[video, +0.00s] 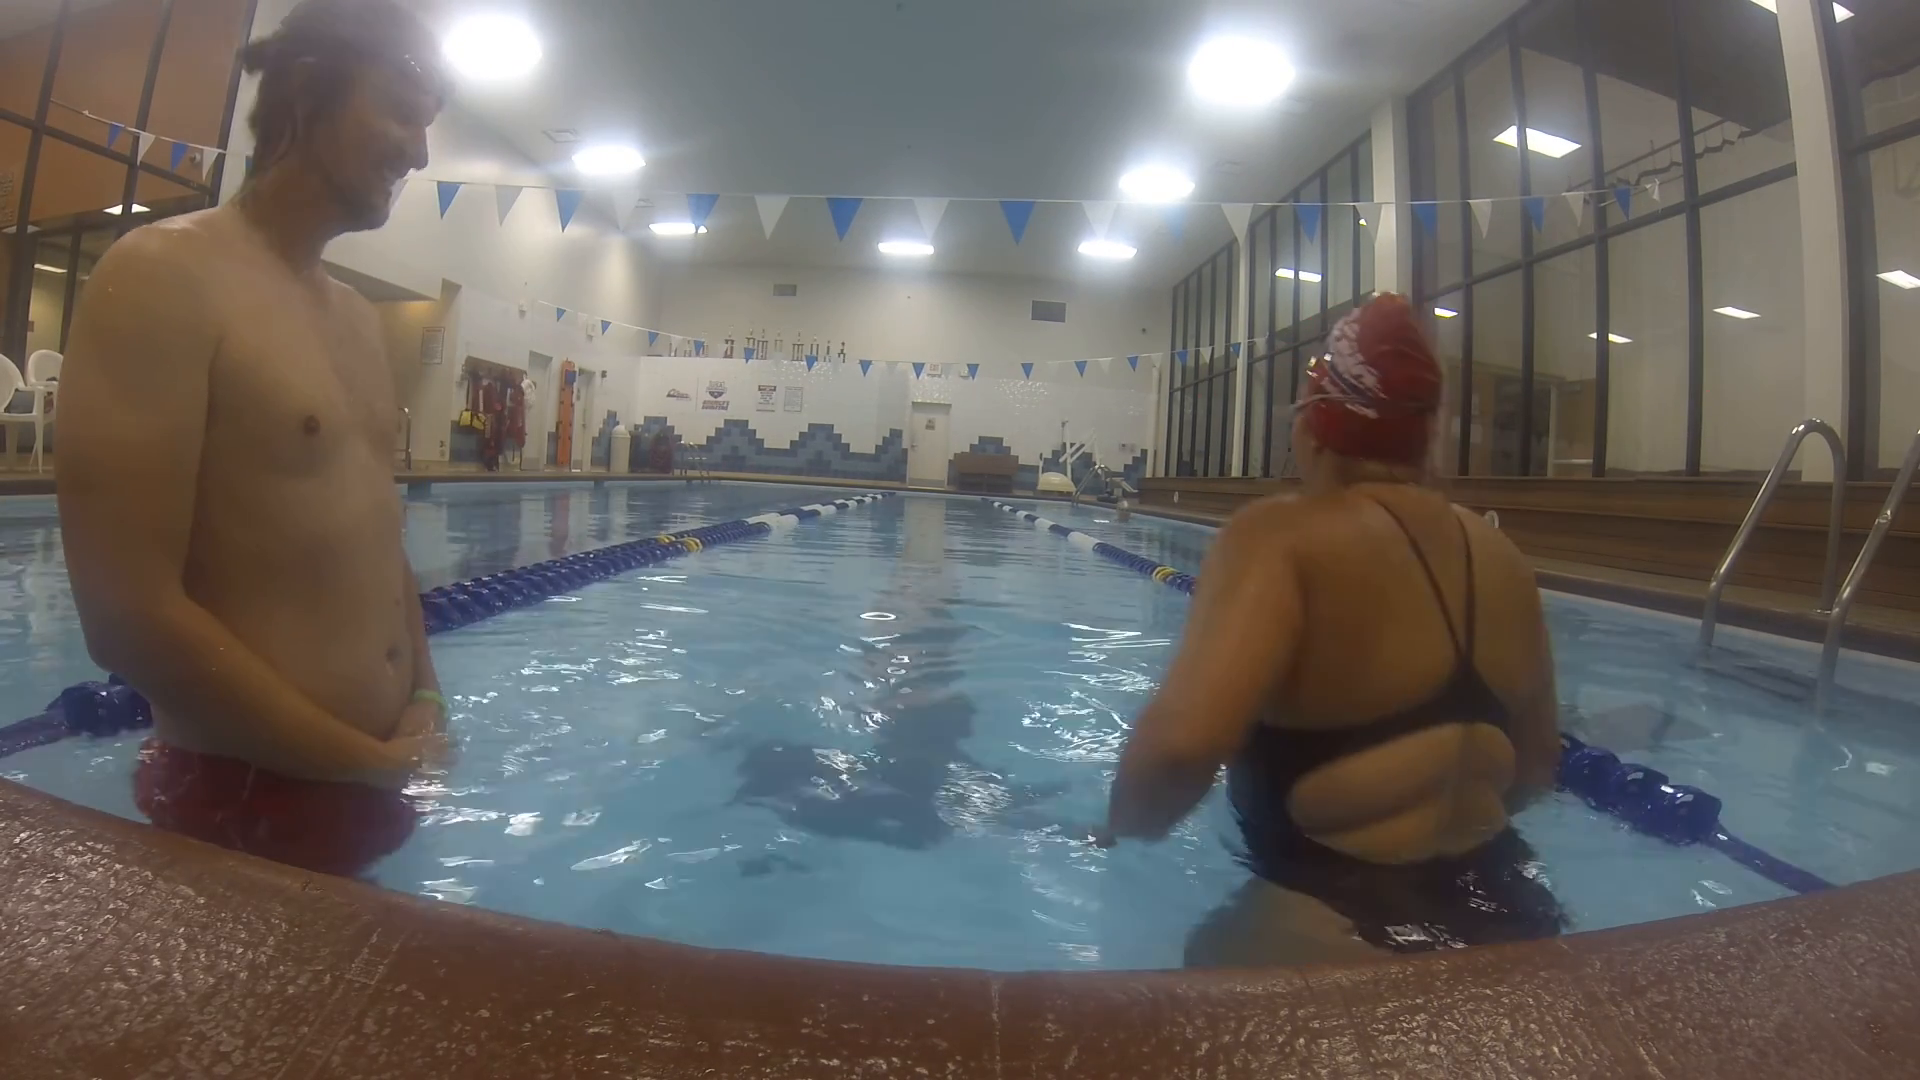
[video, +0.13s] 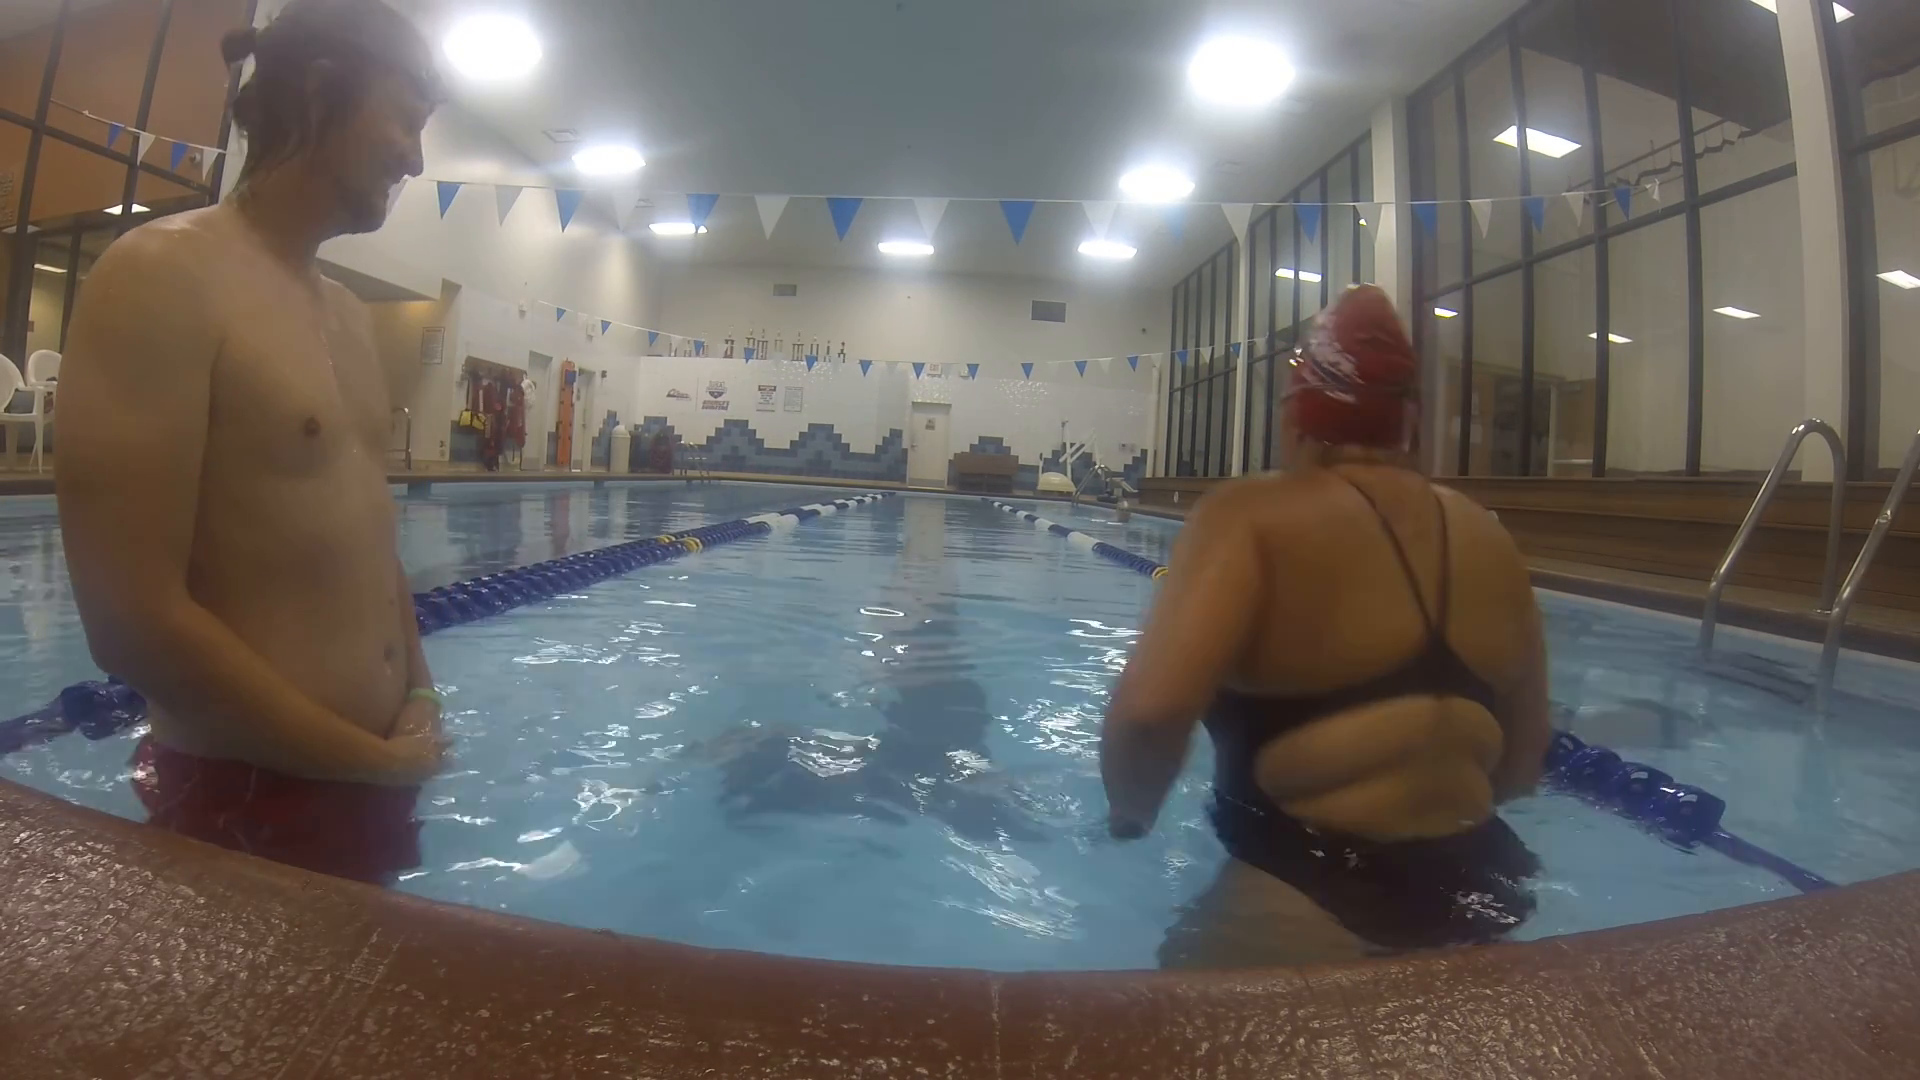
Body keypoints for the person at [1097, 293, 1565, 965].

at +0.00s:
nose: (1294, 424)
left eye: (1301, 407)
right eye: (1303, 404)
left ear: (1311, 424)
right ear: (1424, 433)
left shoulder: (1278, 537)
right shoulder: (1496, 551)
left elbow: (1184, 741)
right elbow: (1534, 758)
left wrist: (1124, 833)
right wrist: (1444, 815)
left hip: (1333, 933)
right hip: (1503, 916)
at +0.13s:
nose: (1283, 415)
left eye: (1288, 398)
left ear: (1300, 411)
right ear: (1406, 416)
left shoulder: (1247, 516)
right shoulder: (1483, 531)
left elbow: (1151, 711)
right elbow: (1521, 759)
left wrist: (1131, 819)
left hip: (1299, 911)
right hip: (1475, 904)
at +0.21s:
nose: (1264, 415)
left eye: (1269, 399)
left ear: (1280, 410)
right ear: (1386, 414)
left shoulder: (1223, 507)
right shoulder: (1469, 526)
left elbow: (1120, 699)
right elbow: (1504, 754)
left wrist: (1132, 814)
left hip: (1286, 894)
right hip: (1465, 888)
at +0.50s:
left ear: (1206, 531)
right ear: (1301, 534)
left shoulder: (1149, 621)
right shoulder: (1382, 622)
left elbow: (1074, 766)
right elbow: (1412, 749)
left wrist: (1124, 834)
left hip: (1229, 927)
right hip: (1388, 921)